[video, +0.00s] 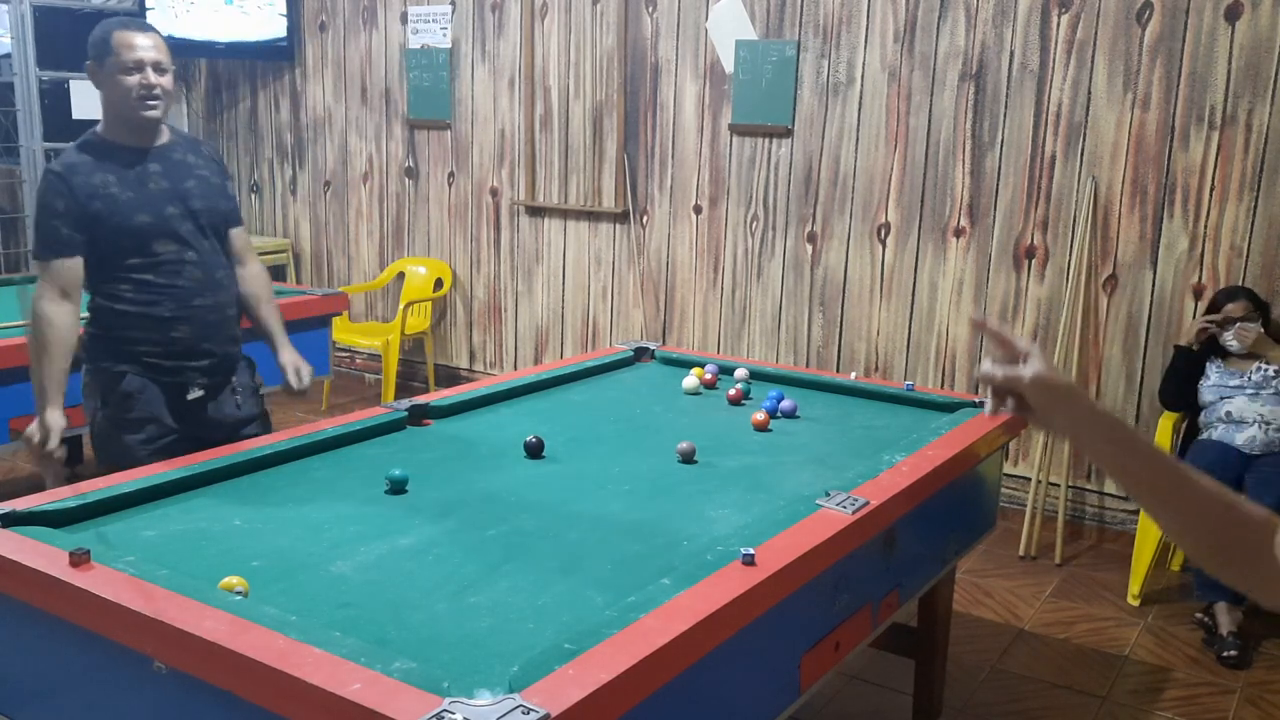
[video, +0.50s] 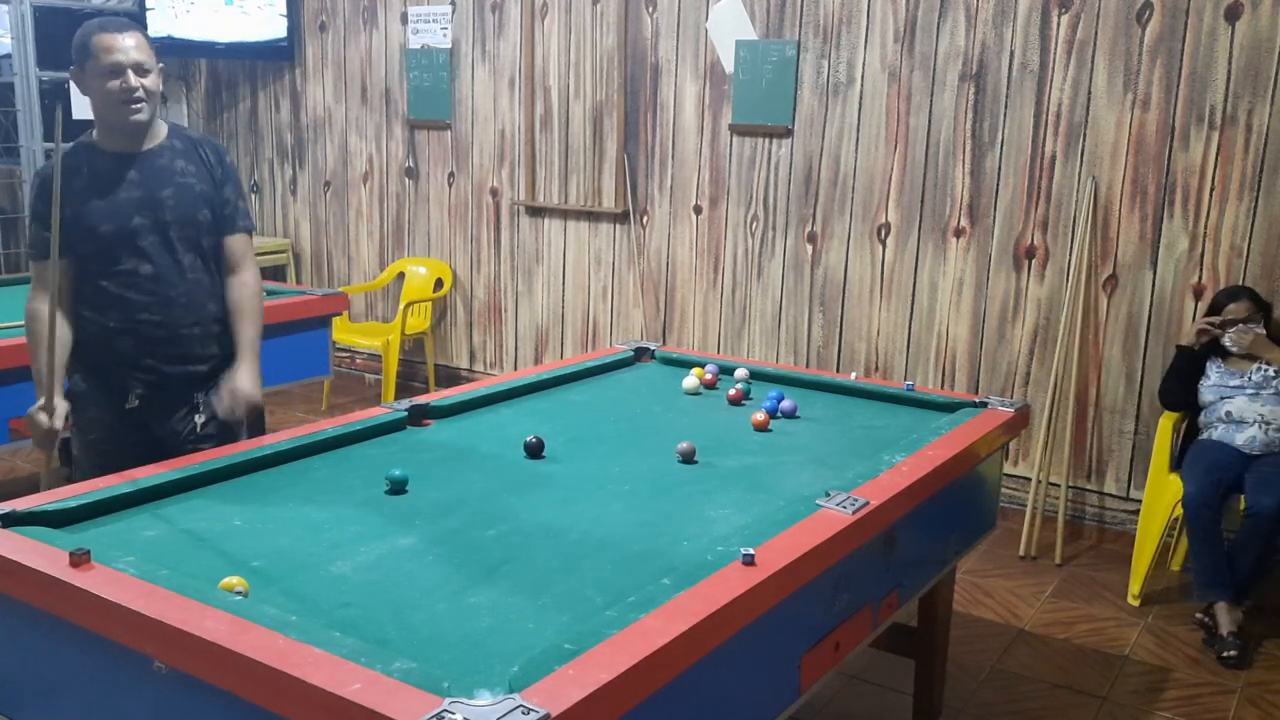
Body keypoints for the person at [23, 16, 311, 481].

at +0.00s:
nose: (150, 81)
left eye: (160, 69)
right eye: (133, 69)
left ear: (175, 80)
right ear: (96, 78)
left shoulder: (201, 158)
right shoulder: (72, 176)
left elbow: (244, 259)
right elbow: (59, 296)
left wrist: (283, 345)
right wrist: (50, 406)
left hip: (225, 377)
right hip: (134, 387)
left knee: (258, 521)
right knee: (154, 535)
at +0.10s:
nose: (141, 78)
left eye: (151, 67)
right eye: (124, 67)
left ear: (166, 77)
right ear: (88, 77)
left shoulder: (199, 155)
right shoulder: (63, 174)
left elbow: (245, 245)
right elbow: (50, 285)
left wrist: (273, 305)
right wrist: (51, 381)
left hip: (217, 376)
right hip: (126, 386)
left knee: (242, 523)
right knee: (141, 531)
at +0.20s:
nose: (136, 77)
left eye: (145, 64)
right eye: (117, 65)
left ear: (160, 74)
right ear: (83, 76)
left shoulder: (198, 152)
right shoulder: (59, 174)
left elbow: (247, 237)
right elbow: (44, 282)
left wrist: (256, 276)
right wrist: (51, 361)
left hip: (214, 380)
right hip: (118, 388)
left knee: (240, 530)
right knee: (132, 535)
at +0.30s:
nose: (132, 78)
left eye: (142, 64)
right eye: (113, 66)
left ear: (158, 74)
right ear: (80, 78)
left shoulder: (200, 153)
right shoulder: (58, 176)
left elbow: (246, 244)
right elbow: (46, 285)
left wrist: (247, 278)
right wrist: (52, 364)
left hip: (211, 381)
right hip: (114, 391)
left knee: (231, 536)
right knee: (122, 543)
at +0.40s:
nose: (131, 80)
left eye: (141, 67)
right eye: (112, 69)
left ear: (158, 76)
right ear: (79, 80)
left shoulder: (203, 156)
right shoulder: (58, 178)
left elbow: (242, 251)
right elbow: (51, 290)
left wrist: (241, 315)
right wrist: (54, 377)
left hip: (205, 384)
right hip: (107, 394)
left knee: (221, 536)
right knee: (115, 544)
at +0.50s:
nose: (132, 84)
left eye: (142, 70)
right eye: (113, 73)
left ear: (160, 77)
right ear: (80, 83)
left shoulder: (207, 160)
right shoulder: (61, 180)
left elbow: (242, 270)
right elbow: (49, 294)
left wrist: (247, 365)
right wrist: (50, 393)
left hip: (207, 395)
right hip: (105, 402)